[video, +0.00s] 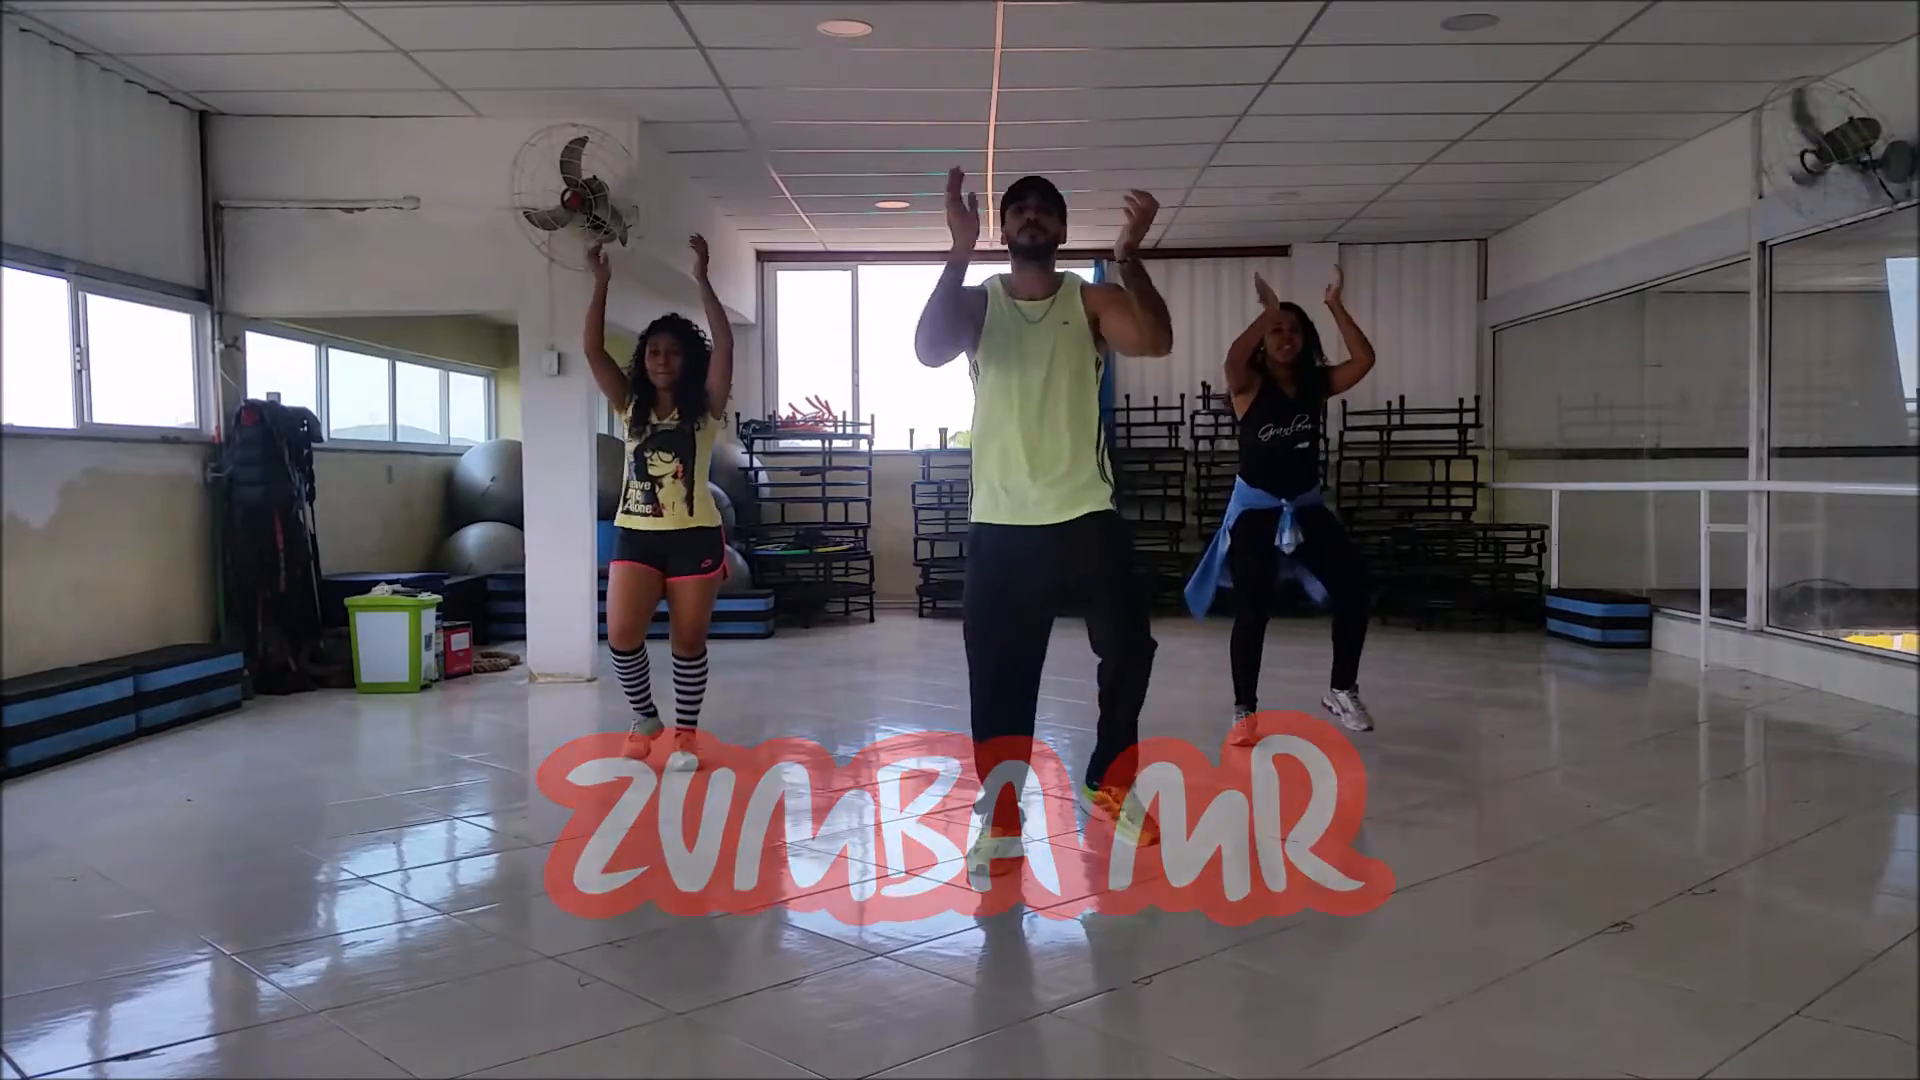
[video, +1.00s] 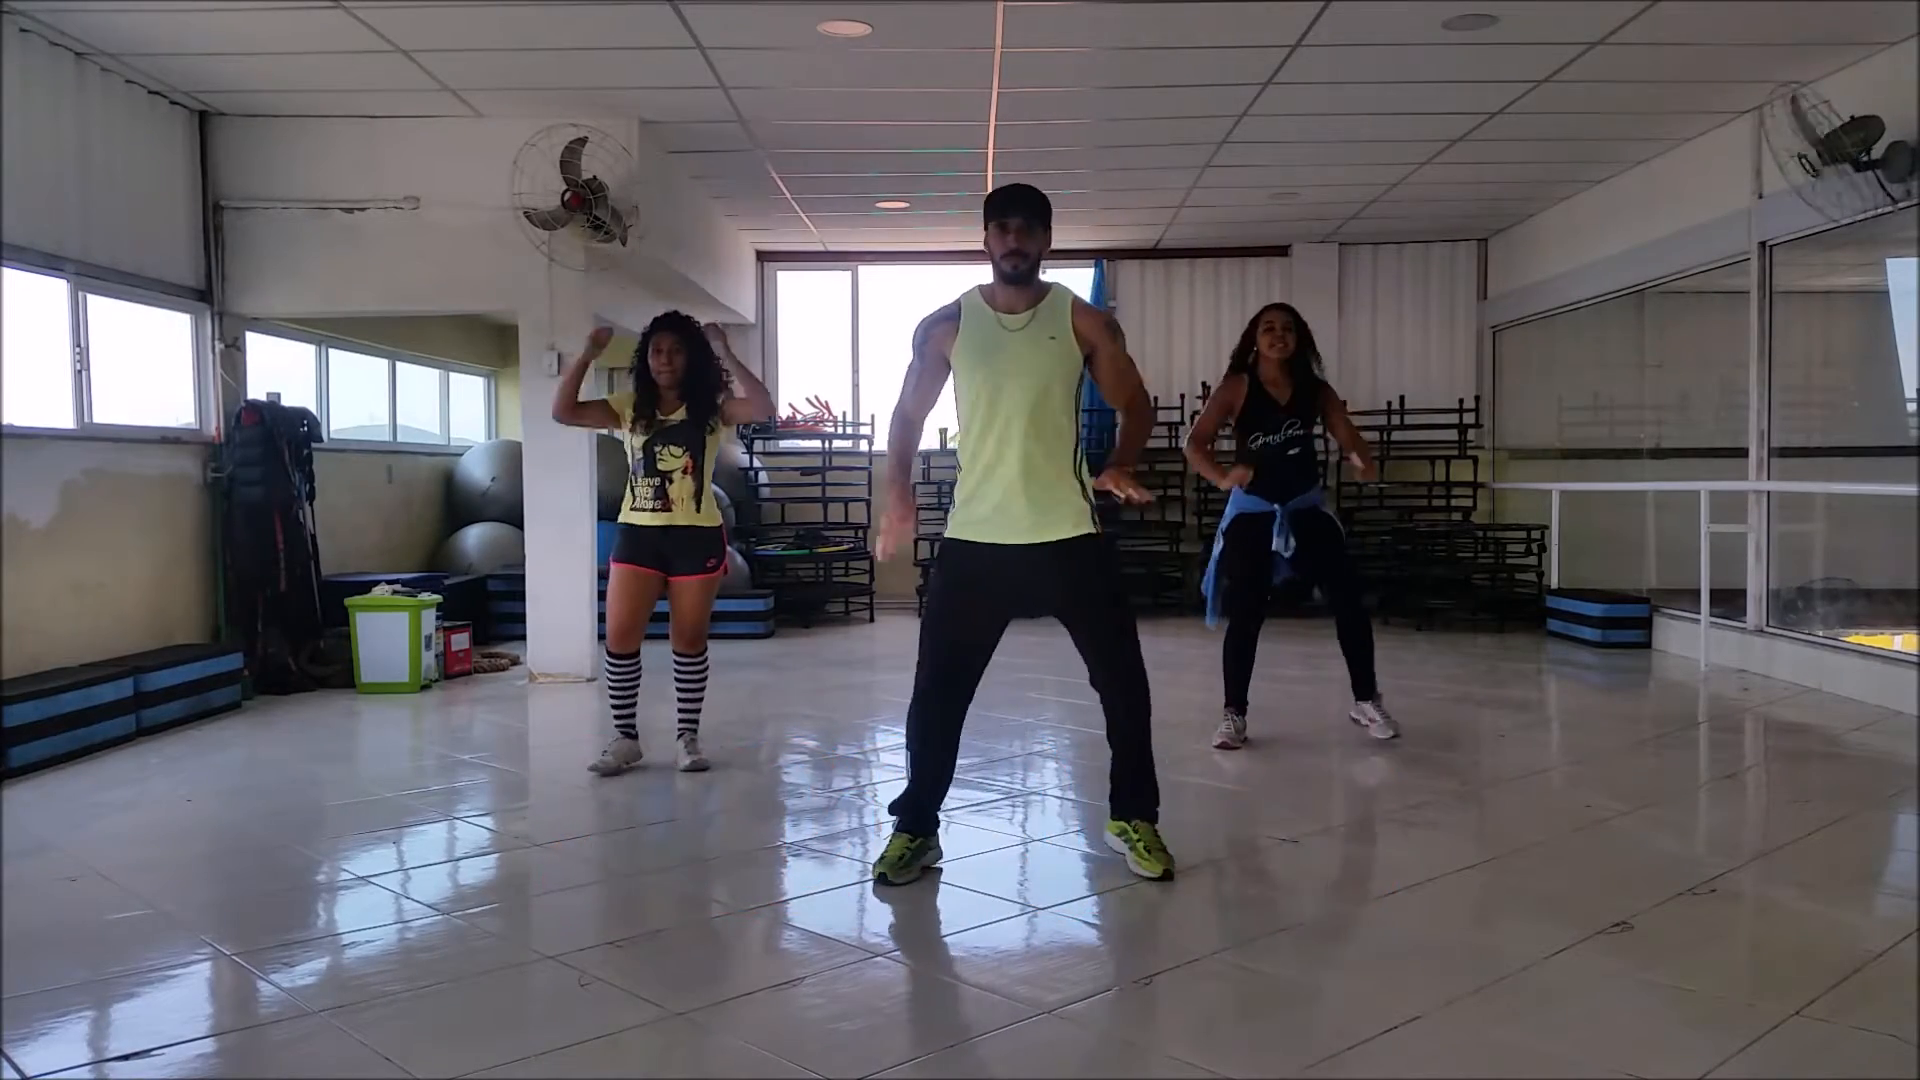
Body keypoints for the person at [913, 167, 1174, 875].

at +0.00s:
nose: (1032, 219)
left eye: (1045, 212)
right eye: (1019, 211)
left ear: (1064, 231)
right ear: (1002, 228)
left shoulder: (1089, 296)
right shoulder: (977, 300)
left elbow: (1155, 339)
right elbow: (931, 348)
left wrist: (1129, 258)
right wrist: (961, 248)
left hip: (1087, 517)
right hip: (1002, 522)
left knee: (1129, 647)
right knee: (999, 682)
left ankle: (1108, 785)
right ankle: (1000, 817)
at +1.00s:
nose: (1013, 242)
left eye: (1026, 230)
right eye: (1001, 229)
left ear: (1047, 239)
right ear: (985, 237)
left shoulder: (1085, 322)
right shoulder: (946, 329)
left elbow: (1136, 406)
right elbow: (907, 419)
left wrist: (1119, 465)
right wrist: (897, 498)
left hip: (1070, 540)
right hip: (976, 542)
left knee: (1125, 685)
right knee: (937, 695)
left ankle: (1133, 817)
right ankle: (915, 829)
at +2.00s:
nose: (1042, 301)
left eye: (1056, 291)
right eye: (1032, 289)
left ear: (1072, 300)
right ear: (1014, 294)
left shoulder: (1094, 388)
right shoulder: (962, 380)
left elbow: (1132, 480)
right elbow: (927, 471)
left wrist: (1167, 559)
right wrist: (917, 547)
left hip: (1095, 583)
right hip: (1002, 591)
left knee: (1169, 711)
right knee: (949, 719)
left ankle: (1184, 830)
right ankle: (892, 836)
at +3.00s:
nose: (1043, 310)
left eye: (1056, 300)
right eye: (1031, 298)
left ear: (1072, 309)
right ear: (1012, 305)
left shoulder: (1093, 390)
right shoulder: (964, 393)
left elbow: (1137, 481)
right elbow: (920, 479)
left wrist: (1172, 544)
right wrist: (945, 549)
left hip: (1105, 578)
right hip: (1014, 587)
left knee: (1174, 710)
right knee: (960, 721)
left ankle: (1182, 833)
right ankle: (894, 838)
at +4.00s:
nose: (1031, 305)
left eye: (1043, 294)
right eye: (1018, 294)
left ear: (1062, 304)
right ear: (1000, 308)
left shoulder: (1106, 378)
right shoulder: (977, 408)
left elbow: (1139, 471)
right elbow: (947, 514)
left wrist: (1143, 544)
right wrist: (917, 600)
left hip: (1087, 591)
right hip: (990, 591)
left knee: (1166, 716)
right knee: (929, 717)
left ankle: (1180, 832)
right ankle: (888, 836)